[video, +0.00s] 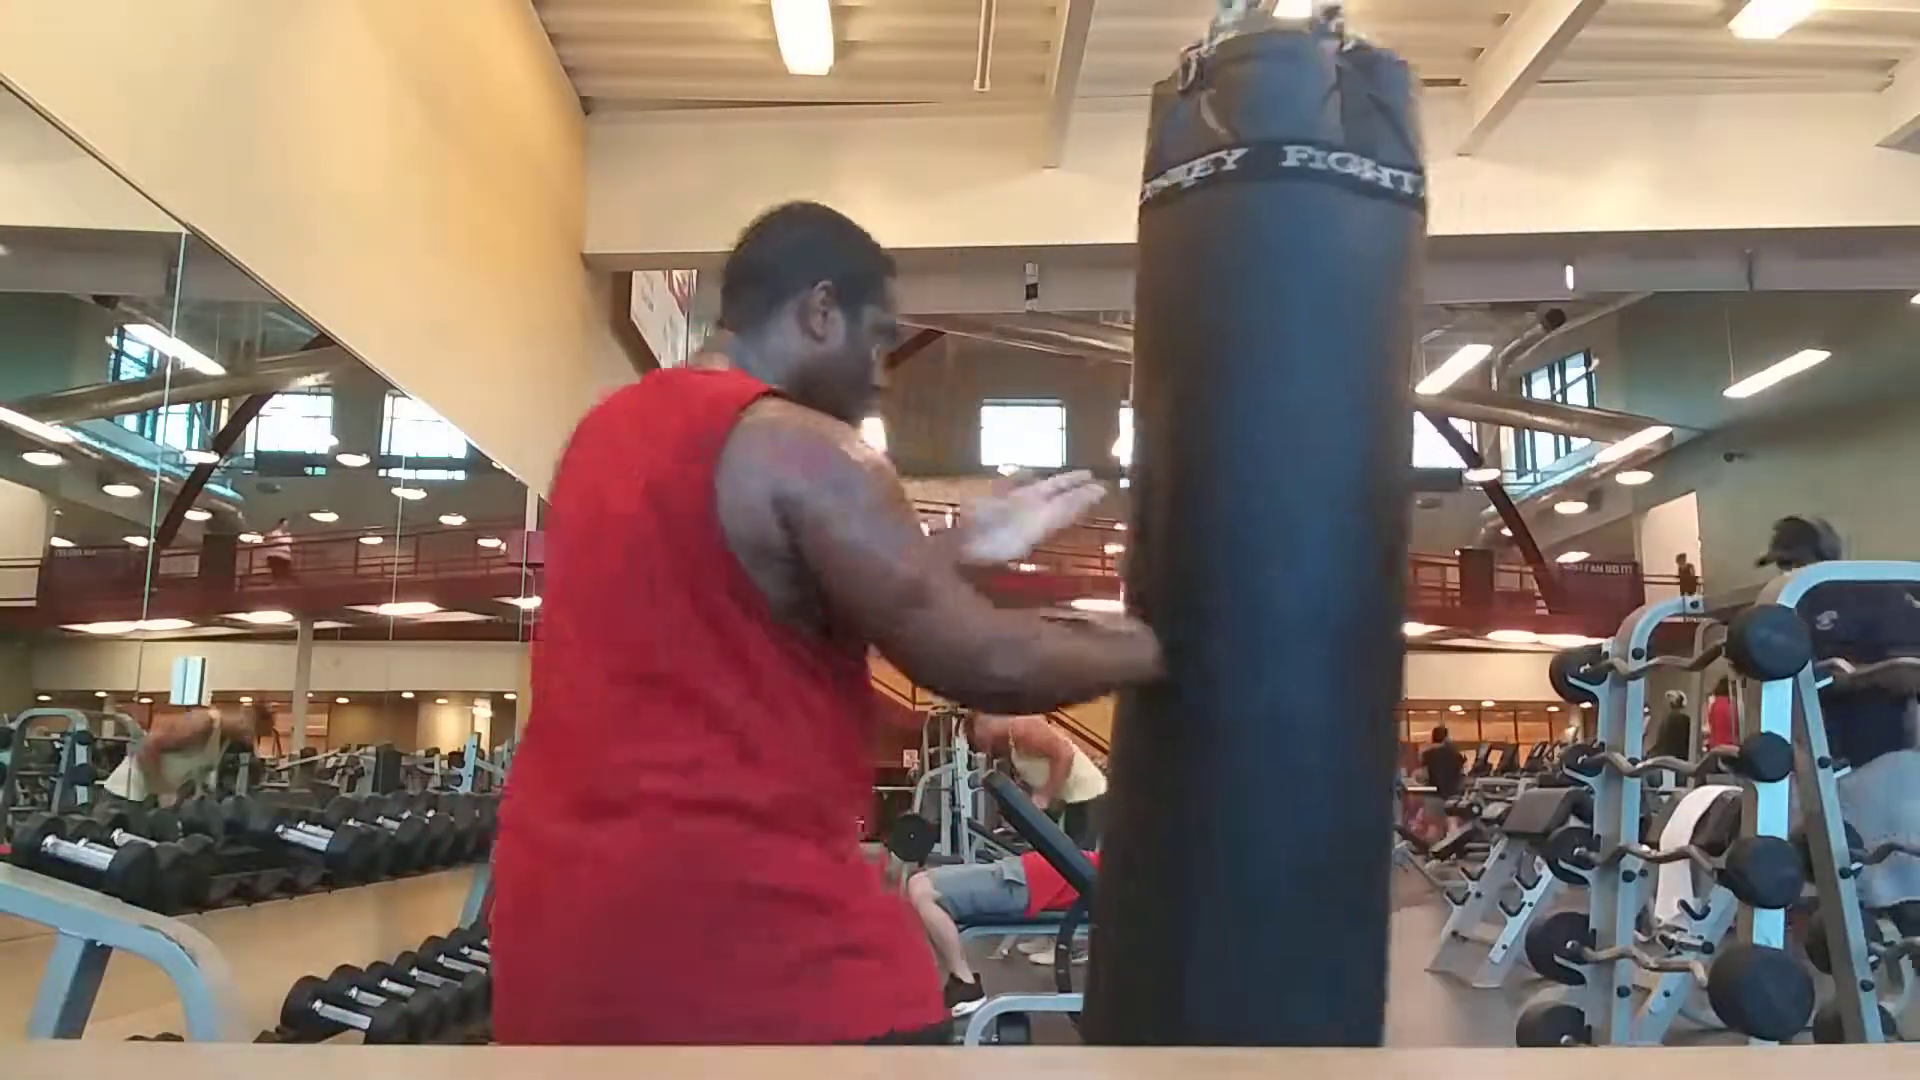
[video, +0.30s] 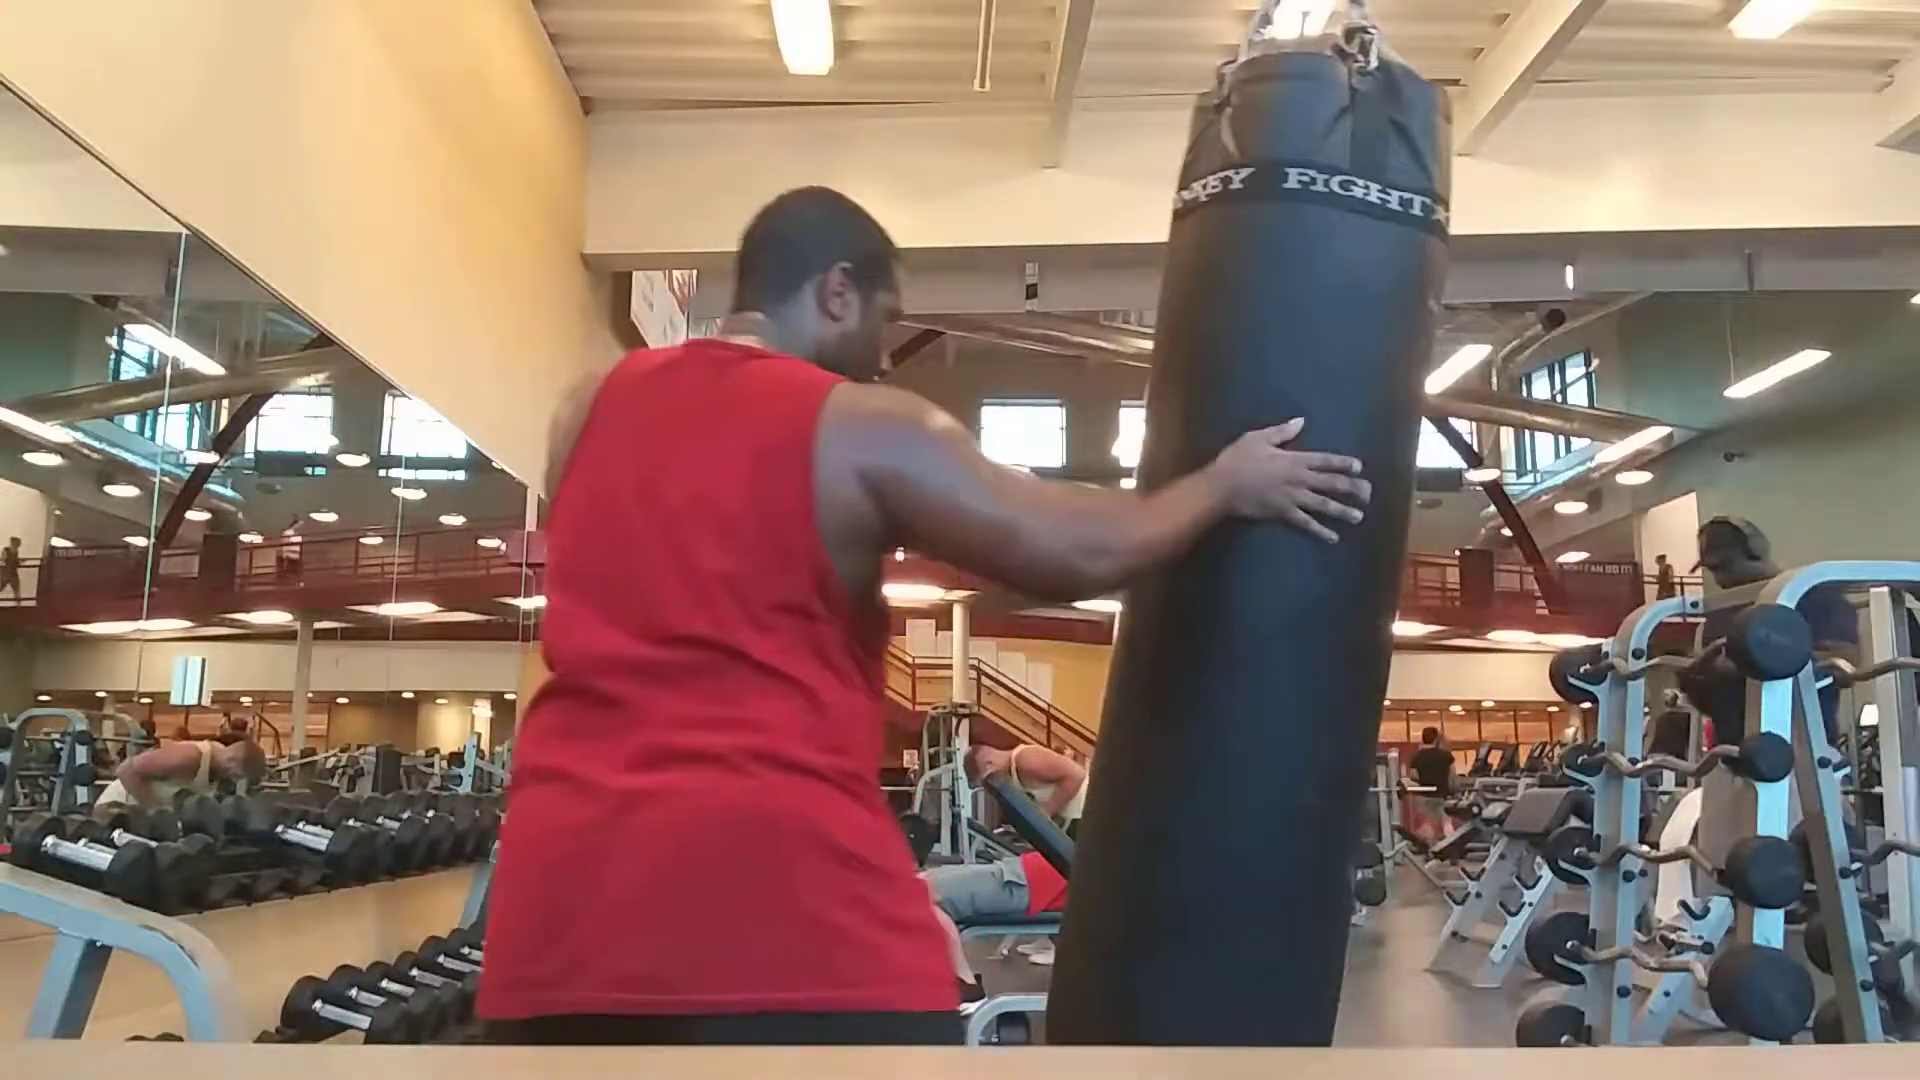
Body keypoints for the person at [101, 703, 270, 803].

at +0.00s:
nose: (248, 737)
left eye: (252, 734)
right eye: (250, 731)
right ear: (242, 718)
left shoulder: (220, 738)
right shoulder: (203, 724)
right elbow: (148, 746)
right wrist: (162, 791)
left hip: (145, 799)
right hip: (122, 795)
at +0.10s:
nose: (240, 756)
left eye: (246, 755)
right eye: (243, 751)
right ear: (240, 733)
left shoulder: (221, 754)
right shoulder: (199, 737)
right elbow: (138, 756)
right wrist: (159, 796)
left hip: (151, 807)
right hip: (121, 801)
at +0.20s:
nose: (234, 768)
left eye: (241, 767)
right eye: (237, 762)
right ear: (235, 747)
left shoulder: (220, 764)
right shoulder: (197, 746)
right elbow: (135, 763)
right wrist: (156, 802)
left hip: (149, 811)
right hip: (119, 803)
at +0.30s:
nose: (232, 776)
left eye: (238, 775)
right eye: (234, 770)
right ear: (232, 757)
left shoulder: (216, 770)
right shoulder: (191, 756)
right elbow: (127, 772)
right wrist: (155, 810)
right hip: (118, 807)